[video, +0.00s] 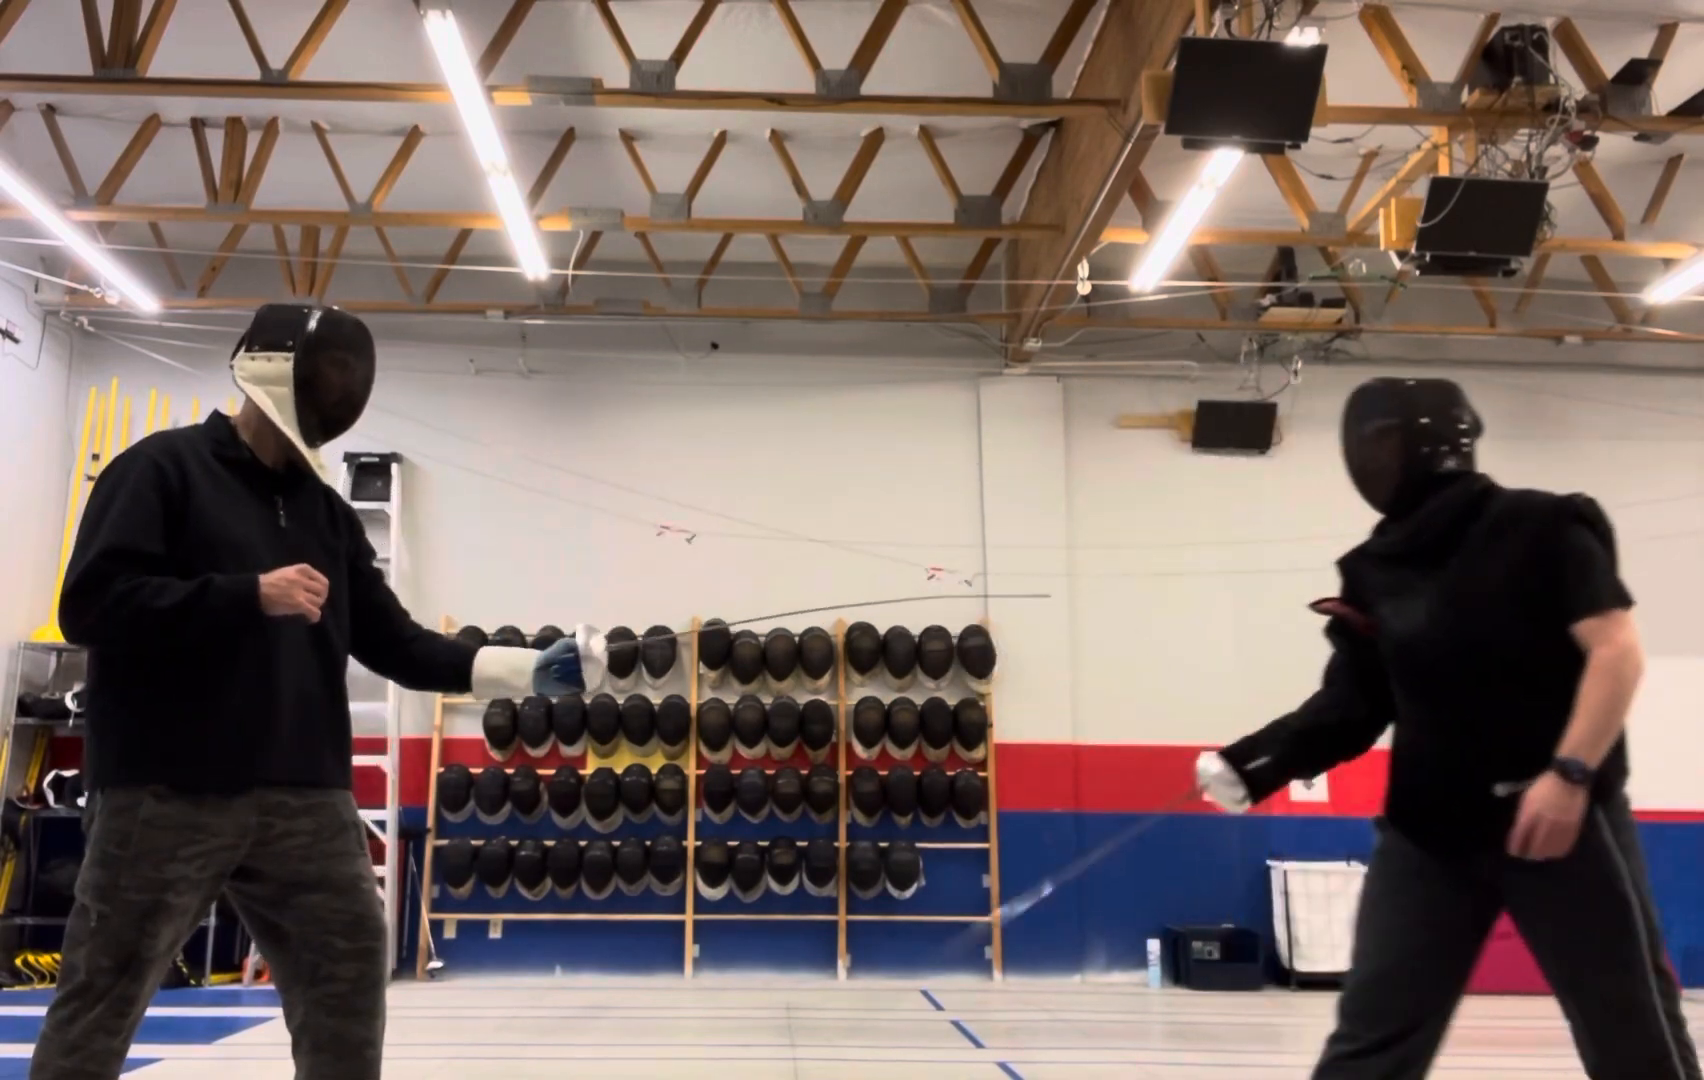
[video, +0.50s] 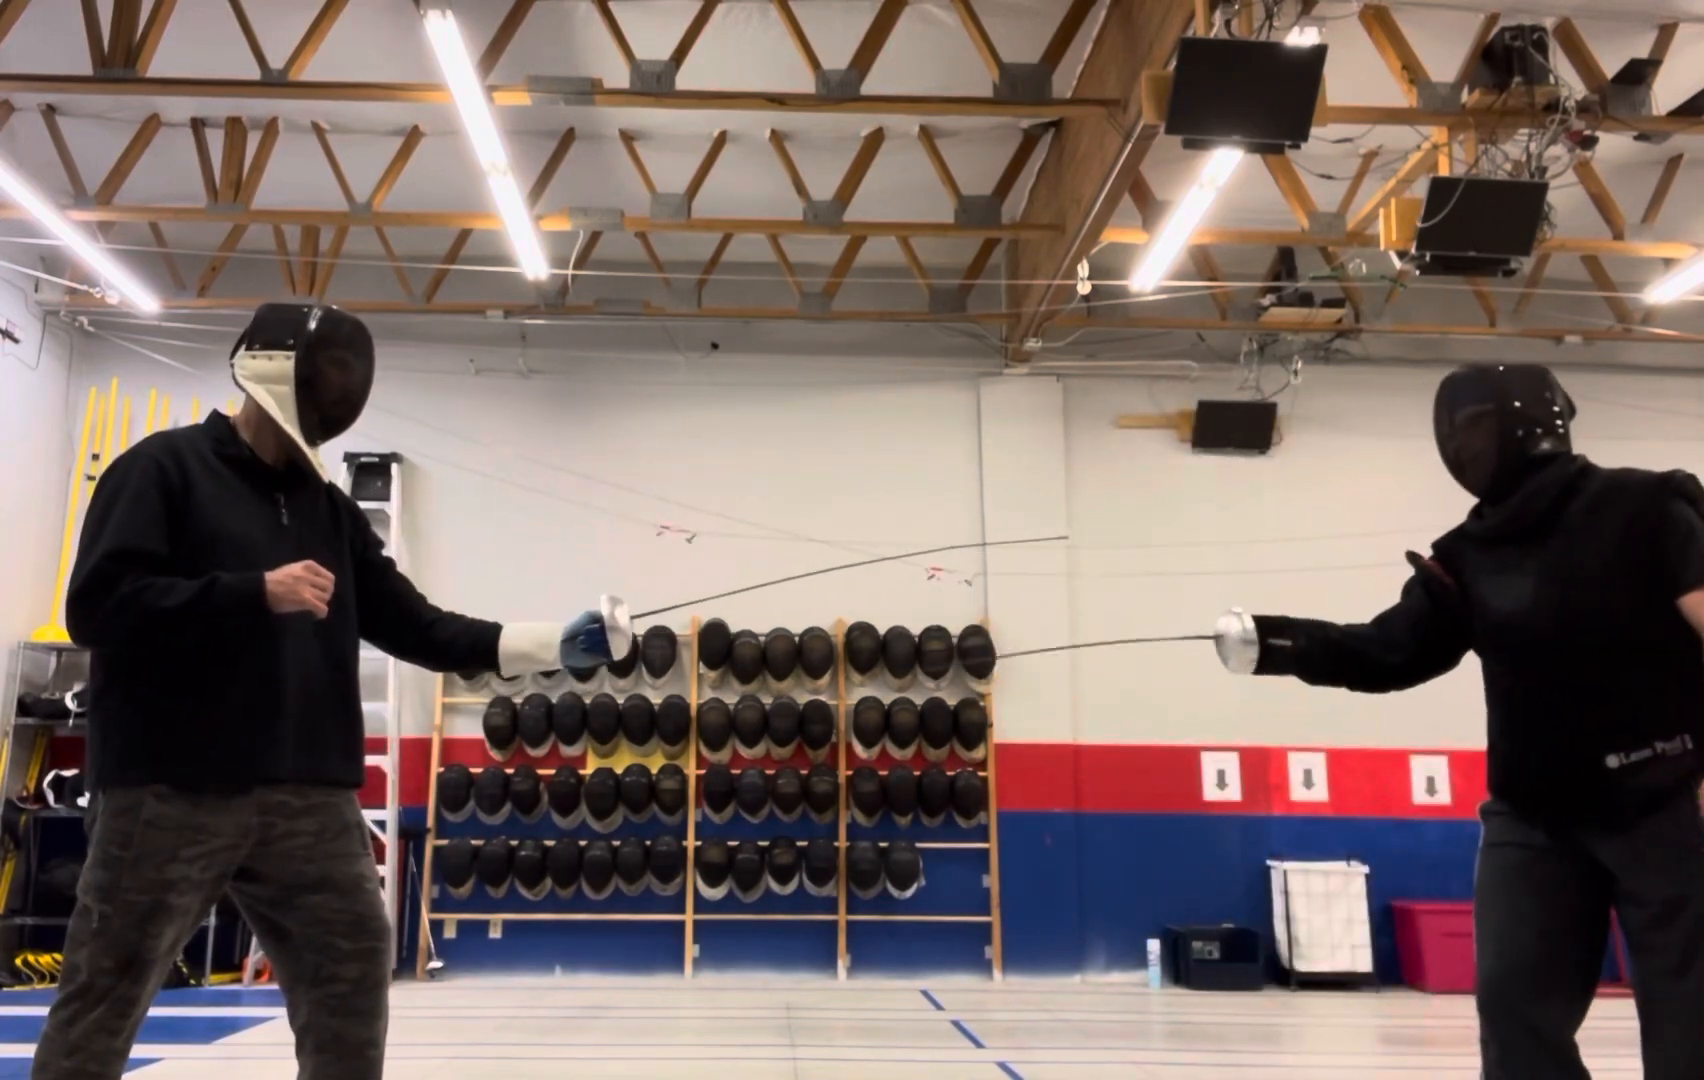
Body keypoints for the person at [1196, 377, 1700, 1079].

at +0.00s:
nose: (1357, 466)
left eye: (1366, 446)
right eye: (1355, 450)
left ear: (1410, 444)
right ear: (1443, 444)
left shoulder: (1544, 527)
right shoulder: (1376, 572)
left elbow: (1618, 652)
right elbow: (1353, 704)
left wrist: (1571, 775)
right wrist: (1254, 765)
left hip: (1561, 824)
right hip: (1431, 835)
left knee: (1637, 1040)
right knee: (1370, 1047)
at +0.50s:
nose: (1462, 453)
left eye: (1475, 431)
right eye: (1454, 438)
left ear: (1529, 422)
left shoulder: (1653, 510)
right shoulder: (1465, 559)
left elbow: (1702, 626)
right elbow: (1387, 652)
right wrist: (1274, 644)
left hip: (1665, 811)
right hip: (1533, 824)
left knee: (1684, 1040)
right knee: (1519, 1032)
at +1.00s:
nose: (1407, 461)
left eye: (1419, 440)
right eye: (1399, 448)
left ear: (1471, 432)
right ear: (1402, 458)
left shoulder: (1595, 511)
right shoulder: (1415, 567)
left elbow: (1678, 626)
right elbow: (1306, 625)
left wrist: (1687, 757)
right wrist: (1176, 619)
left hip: (1621, 812)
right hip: (1488, 825)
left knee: (1670, 1029)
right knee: (1436, 1020)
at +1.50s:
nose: (1174, 445)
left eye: (1183, 424)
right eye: (1172, 429)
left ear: (1231, 423)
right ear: (1239, 429)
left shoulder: (1351, 498)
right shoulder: (1193, 558)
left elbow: (1435, 610)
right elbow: (1081, 610)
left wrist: (1409, 723)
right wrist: (958, 602)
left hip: (1413, 788)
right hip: (1291, 817)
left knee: (1525, 1000)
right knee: (1286, 1046)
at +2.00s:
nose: (1156, 443)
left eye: (1166, 424)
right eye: (1154, 429)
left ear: (1207, 426)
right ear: (1235, 426)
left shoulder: (1329, 495)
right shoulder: (1176, 563)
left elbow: (1417, 611)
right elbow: (1082, 636)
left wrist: (1391, 728)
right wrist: (959, 620)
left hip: (1398, 785)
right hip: (1278, 812)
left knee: (1505, 988)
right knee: (1273, 1040)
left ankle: (1569, 1075)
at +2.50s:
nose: (1390, 465)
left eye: (1401, 444)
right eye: (1388, 449)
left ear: (1445, 442)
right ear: (1474, 442)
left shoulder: (1573, 523)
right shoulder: (1408, 570)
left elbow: (1653, 646)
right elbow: (1383, 701)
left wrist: (1601, 766)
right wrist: (1282, 751)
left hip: (1595, 818)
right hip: (1468, 826)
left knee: (1651, 1037)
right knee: (1407, 1041)